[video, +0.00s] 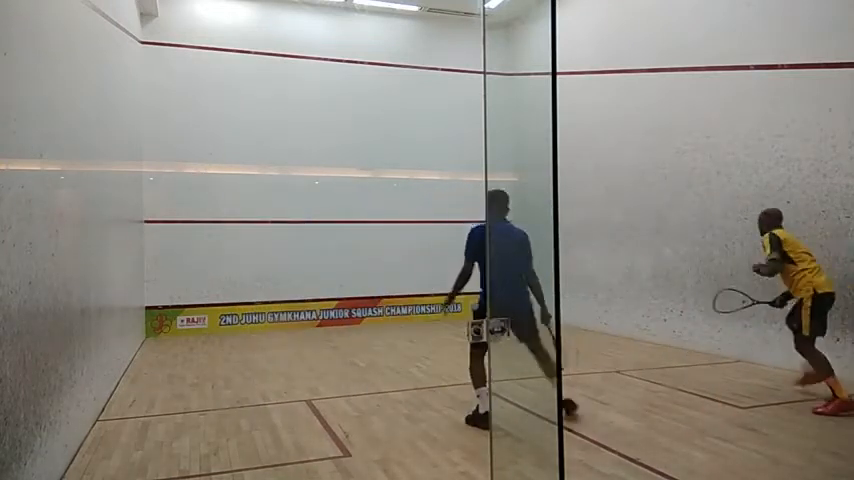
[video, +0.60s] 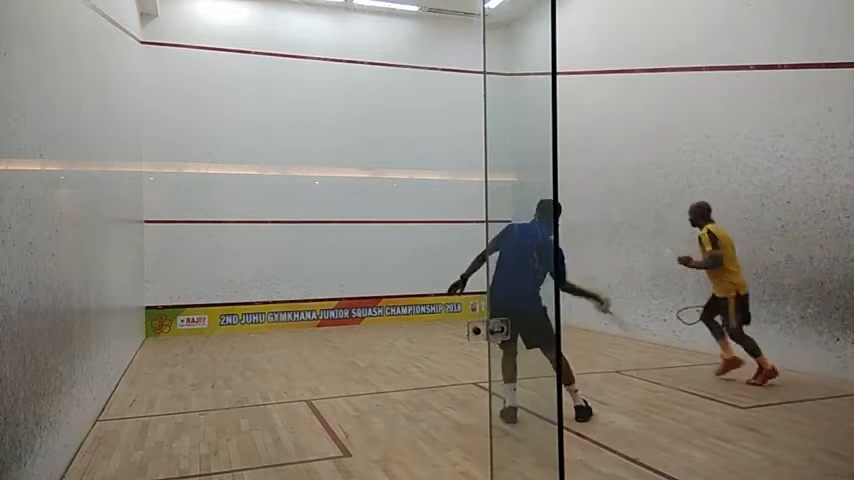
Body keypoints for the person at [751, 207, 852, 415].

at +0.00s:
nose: (759, 226)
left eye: (760, 222)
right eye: (760, 222)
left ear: (765, 222)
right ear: (777, 222)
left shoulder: (772, 236)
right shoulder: (786, 237)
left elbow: (773, 267)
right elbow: (803, 272)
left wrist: (759, 268)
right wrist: (786, 296)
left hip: (814, 292)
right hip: (817, 289)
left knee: (803, 345)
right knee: (793, 322)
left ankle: (841, 397)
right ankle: (817, 370)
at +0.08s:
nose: (748, 233)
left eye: (749, 228)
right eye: (748, 228)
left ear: (754, 228)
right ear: (767, 227)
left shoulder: (764, 243)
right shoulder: (776, 242)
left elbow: (759, 276)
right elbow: (792, 278)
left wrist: (749, 267)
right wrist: (774, 299)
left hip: (806, 299)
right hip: (803, 299)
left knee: (801, 349)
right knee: (786, 334)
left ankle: (841, 398)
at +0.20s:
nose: (737, 234)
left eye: (740, 229)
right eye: (737, 230)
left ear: (749, 229)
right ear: (755, 229)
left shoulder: (757, 246)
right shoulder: (766, 245)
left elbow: (753, 275)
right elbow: (774, 279)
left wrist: (736, 272)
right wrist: (760, 301)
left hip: (793, 305)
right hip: (784, 305)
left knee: (799, 348)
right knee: (767, 333)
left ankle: (841, 398)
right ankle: (757, 373)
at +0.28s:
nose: (723, 229)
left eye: (726, 225)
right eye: (723, 225)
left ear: (736, 225)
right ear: (740, 225)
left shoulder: (744, 243)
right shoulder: (748, 243)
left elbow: (753, 272)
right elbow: (758, 277)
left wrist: (729, 275)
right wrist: (748, 299)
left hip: (775, 300)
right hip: (765, 301)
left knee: (786, 342)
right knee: (749, 327)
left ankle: (827, 387)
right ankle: (752, 373)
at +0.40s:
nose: (711, 221)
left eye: (713, 217)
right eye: (711, 217)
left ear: (725, 217)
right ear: (726, 218)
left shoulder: (733, 235)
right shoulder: (732, 236)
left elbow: (745, 263)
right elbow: (746, 268)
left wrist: (719, 270)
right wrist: (741, 292)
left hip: (760, 293)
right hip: (749, 294)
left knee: (761, 336)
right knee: (742, 328)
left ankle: (808, 375)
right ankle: (751, 373)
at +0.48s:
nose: (700, 216)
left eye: (702, 212)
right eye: (700, 212)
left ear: (712, 213)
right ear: (715, 212)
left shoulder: (721, 230)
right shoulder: (719, 231)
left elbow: (732, 259)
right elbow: (732, 263)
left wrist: (707, 265)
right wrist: (731, 290)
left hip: (746, 288)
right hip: (737, 289)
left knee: (743, 331)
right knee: (730, 323)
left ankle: (782, 366)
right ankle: (747, 367)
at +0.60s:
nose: (689, 218)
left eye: (691, 215)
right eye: (689, 215)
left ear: (699, 216)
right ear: (706, 215)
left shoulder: (707, 233)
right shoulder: (715, 232)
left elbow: (715, 262)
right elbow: (721, 261)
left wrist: (691, 264)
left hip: (733, 291)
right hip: (723, 290)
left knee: (734, 331)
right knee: (707, 317)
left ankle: (766, 367)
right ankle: (729, 356)